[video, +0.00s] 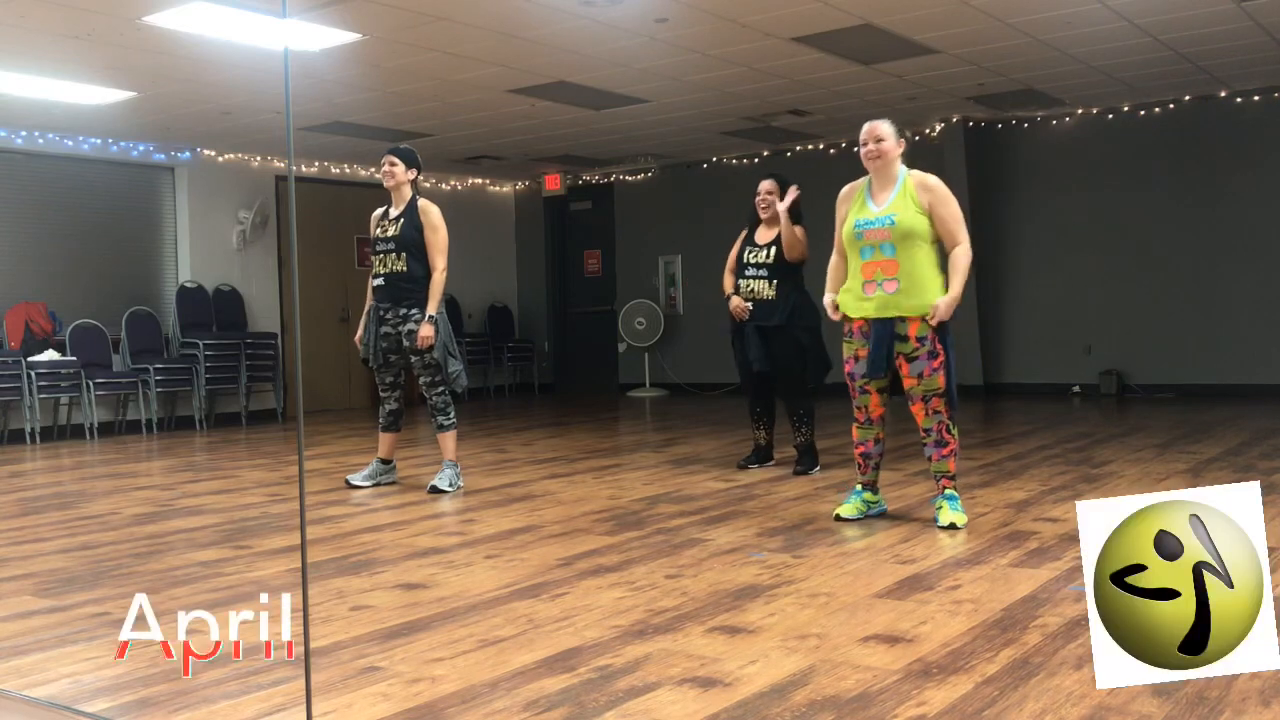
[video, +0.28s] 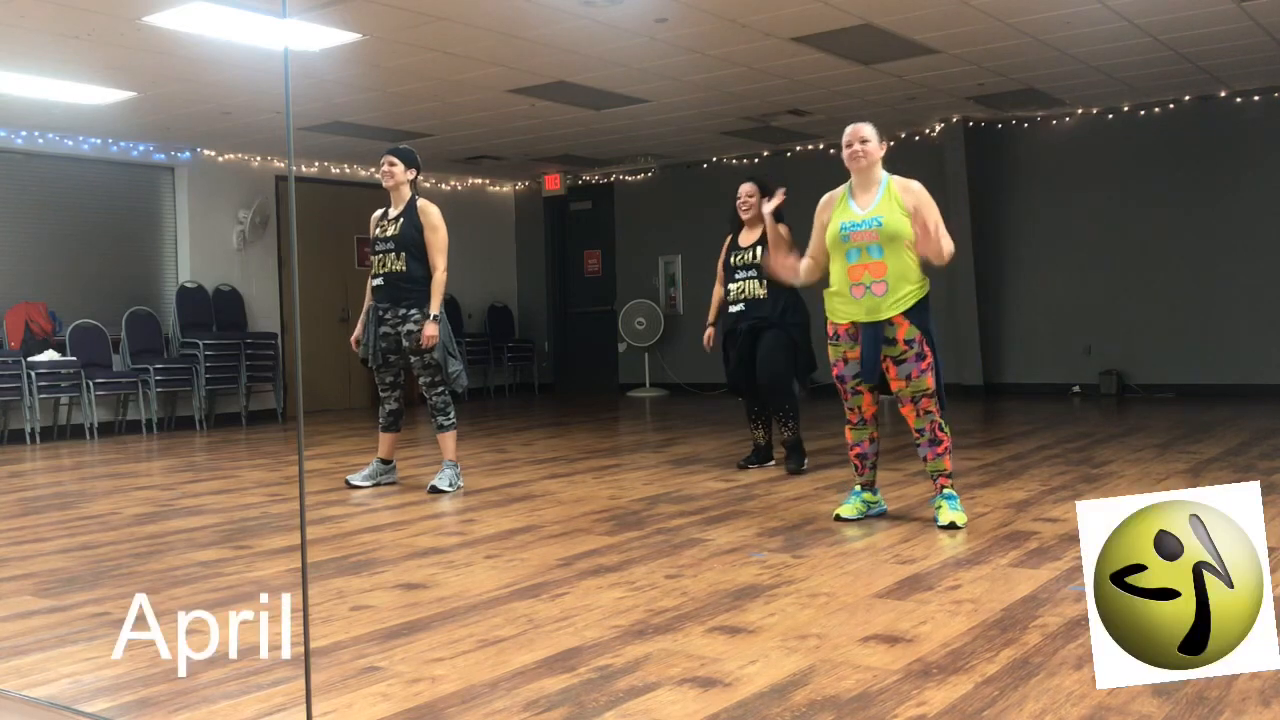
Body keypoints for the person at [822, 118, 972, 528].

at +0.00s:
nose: (870, 148)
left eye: (879, 140)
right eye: (864, 143)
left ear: (900, 146)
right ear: (859, 153)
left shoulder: (926, 187)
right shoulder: (849, 196)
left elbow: (959, 245)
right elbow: (840, 251)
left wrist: (952, 296)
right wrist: (831, 290)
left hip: (917, 319)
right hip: (861, 321)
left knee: (931, 408)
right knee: (865, 409)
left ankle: (947, 495)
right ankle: (867, 492)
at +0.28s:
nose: (855, 148)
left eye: (863, 141)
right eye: (849, 144)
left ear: (882, 149)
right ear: (841, 156)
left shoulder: (909, 191)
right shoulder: (830, 204)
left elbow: (941, 253)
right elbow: (812, 267)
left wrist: (932, 243)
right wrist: (785, 266)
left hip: (902, 315)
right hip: (846, 321)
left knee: (921, 404)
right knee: (857, 409)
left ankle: (945, 493)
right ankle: (865, 492)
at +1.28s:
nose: (918, 142)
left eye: (928, 135)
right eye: (913, 136)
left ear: (951, 144)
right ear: (908, 147)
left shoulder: (971, 192)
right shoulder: (892, 197)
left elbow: (993, 259)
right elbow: (882, 261)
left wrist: (987, 323)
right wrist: (878, 314)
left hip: (957, 317)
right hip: (905, 319)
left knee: (962, 410)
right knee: (894, 408)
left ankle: (966, 497)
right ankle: (880, 492)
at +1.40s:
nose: (919, 142)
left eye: (930, 135)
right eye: (915, 136)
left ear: (954, 145)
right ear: (910, 147)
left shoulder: (973, 192)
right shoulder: (896, 195)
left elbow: (1000, 259)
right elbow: (881, 258)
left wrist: (995, 323)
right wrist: (871, 310)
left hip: (958, 319)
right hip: (905, 320)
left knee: (963, 410)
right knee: (892, 407)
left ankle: (965, 497)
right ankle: (879, 492)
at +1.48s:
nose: (919, 141)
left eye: (930, 135)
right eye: (915, 136)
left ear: (954, 145)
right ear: (910, 147)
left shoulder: (972, 191)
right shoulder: (896, 194)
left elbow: (999, 256)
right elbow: (882, 257)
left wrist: (998, 317)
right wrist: (866, 306)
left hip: (956, 318)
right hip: (901, 319)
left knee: (961, 408)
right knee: (886, 403)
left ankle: (965, 496)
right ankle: (875, 490)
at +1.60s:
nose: (916, 141)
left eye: (926, 133)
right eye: (911, 135)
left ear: (950, 143)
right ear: (906, 146)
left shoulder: (969, 190)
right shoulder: (892, 194)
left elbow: (994, 254)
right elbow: (880, 257)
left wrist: (994, 313)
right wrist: (864, 308)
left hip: (952, 316)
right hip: (896, 318)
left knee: (959, 406)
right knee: (883, 403)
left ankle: (965, 496)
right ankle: (871, 489)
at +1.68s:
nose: (909, 142)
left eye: (919, 135)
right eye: (904, 137)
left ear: (942, 144)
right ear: (899, 149)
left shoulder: (963, 192)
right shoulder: (885, 197)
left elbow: (986, 257)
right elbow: (873, 261)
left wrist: (988, 314)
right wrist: (859, 314)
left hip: (946, 317)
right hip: (891, 319)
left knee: (956, 407)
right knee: (883, 406)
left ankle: (965, 497)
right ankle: (871, 490)